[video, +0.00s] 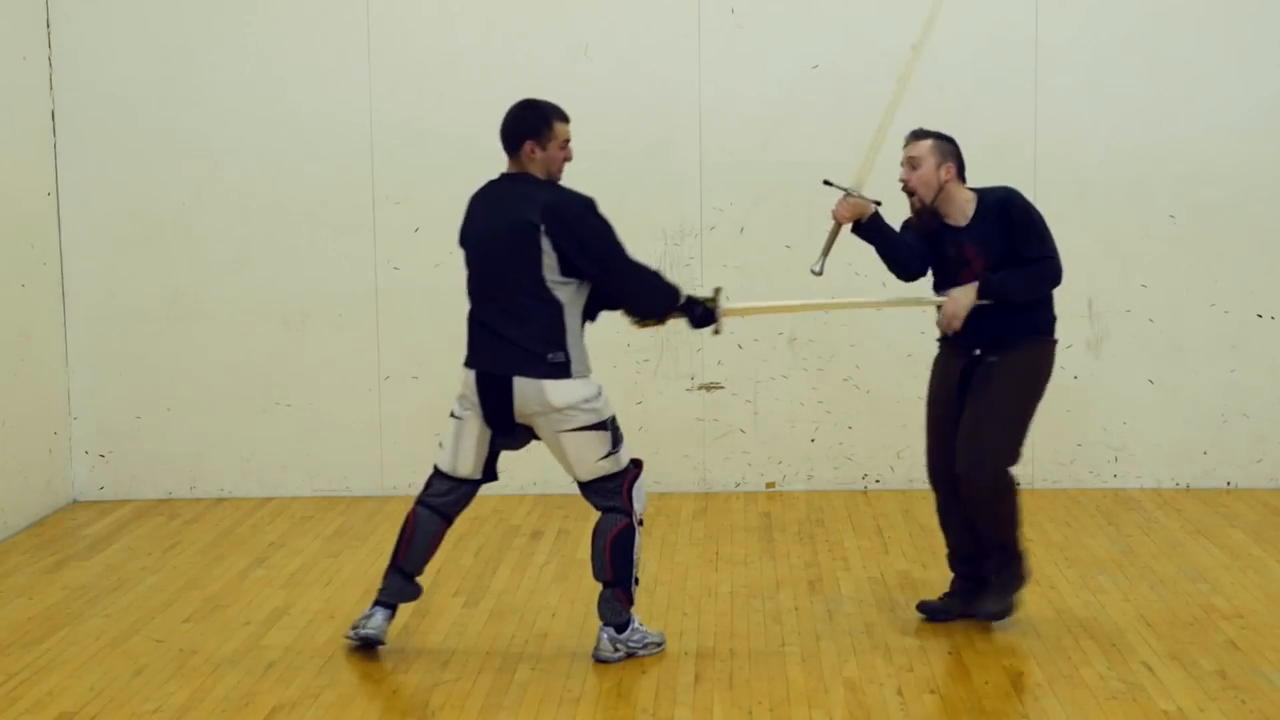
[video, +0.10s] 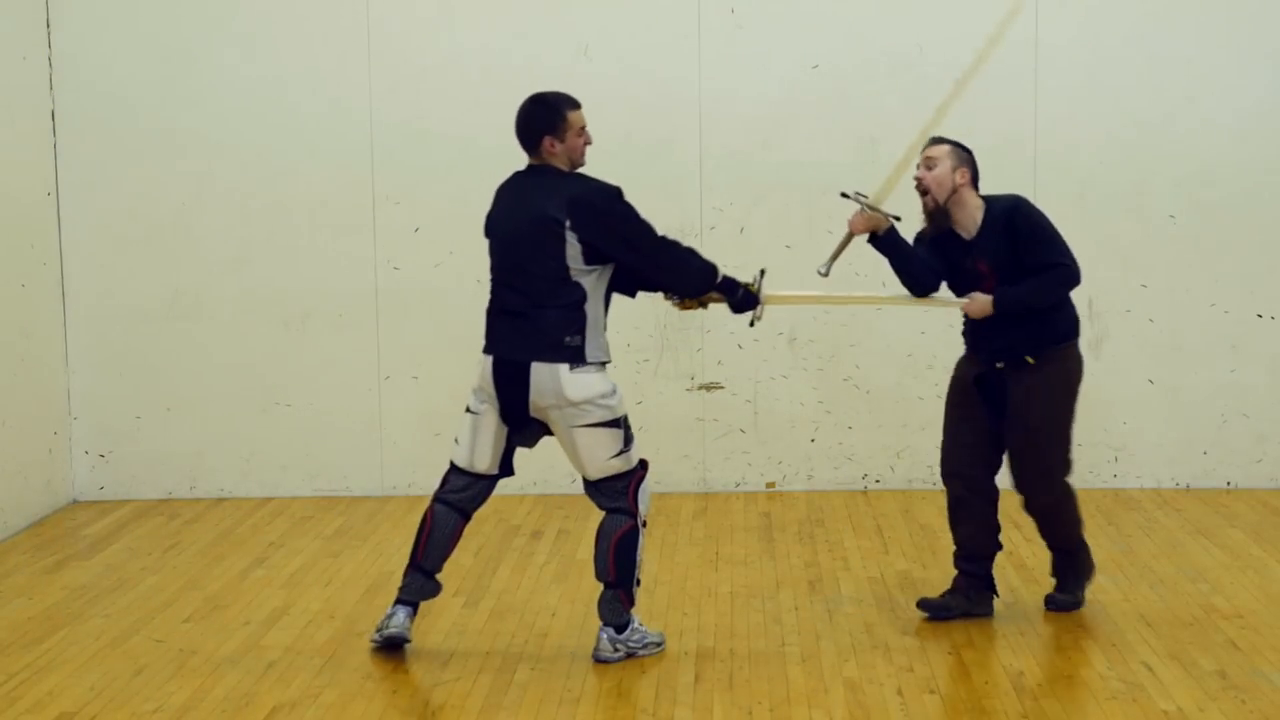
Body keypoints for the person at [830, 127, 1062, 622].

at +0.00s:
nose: (904, 177)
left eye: (914, 165)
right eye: (903, 167)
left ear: (948, 169)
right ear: (933, 175)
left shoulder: (1005, 206)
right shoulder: (925, 224)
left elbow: (1048, 271)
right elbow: (908, 266)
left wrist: (975, 290)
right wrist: (868, 220)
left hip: (1020, 352)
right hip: (959, 355)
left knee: (981, 463)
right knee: (945, 470)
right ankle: (969, 586)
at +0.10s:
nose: (918, 175)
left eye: (929, 166)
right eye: (918, 168)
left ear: (963, 176)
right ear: (925, 182)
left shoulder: (1014, 214)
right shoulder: (935, 237)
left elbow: (1066, 273)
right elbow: (921, 282)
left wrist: (997, 301)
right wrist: (883, 233)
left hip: (1045, 362)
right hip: (983, 363)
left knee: (1038, 476)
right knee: (964, 472)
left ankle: (1073, 565)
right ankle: (974, 586)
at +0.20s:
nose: (935, 209)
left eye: (944, 198)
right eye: (933, 200)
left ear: (978, 200)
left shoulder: (1035, 233)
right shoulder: (960, 255)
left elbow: (1079, 306)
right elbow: (942, 299)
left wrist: (1012, 322)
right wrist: (904, 249)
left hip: (1075, 367)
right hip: (1012, 369)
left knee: (1066, 482)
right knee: (955, 462)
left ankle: (1083, 576)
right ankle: (977, 577)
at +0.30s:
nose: (944, 213)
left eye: (953, 203)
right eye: (941, 204)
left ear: (984, 203)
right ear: (943, 209)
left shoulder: (1044, 234)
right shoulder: (964, 256)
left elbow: (1090, 300)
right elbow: (951, 302)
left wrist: (1022, 318)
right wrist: (919, 252)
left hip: (1080, 365)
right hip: (1016, 367)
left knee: (1072, 475)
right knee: (978, 462)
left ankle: (1083, 576)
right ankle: (995, 563)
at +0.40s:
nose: (950, 207)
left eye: (960, 197)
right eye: (945, 199)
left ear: (991, 199)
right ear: (943, 205)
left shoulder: (1044, 233)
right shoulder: (956, 257)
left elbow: (1099, 288)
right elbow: (958, 308)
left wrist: (1033, 315)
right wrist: (927, 255)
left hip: (1079, 360)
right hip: (1013, 362)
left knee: (1074, 468)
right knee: (998, 464)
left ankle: (1083, 572)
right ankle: (1000, 562)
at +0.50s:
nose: (956, 220)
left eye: (964, 209)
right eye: (950, 211)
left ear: (994, 209)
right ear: (948, 215)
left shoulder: (1047, 237)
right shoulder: (959, 258)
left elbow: (1097, 294)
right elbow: (964, 317)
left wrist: (1031, 317)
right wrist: (932, 266)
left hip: (1076, 358)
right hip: (1009, 359)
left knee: (1076, 465)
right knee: (991, 460)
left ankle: (1083, 570)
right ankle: (999, 560)